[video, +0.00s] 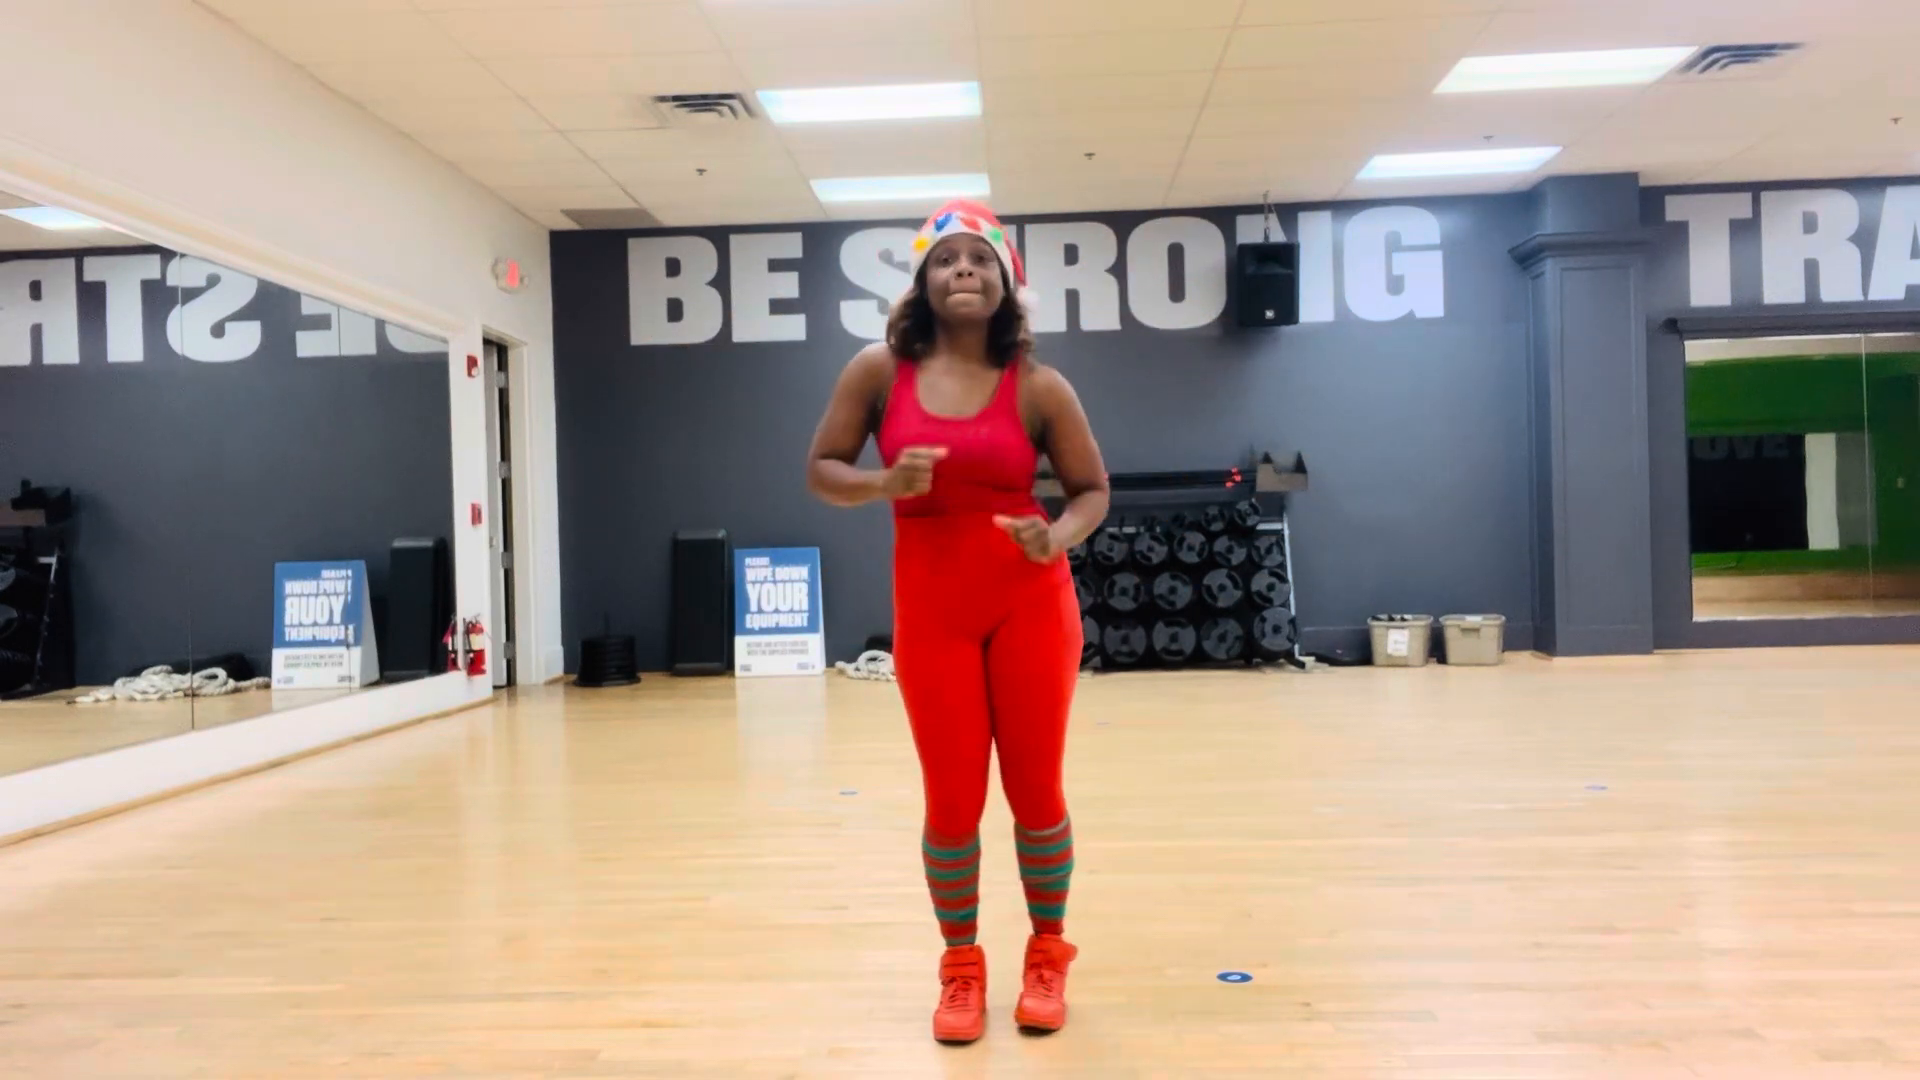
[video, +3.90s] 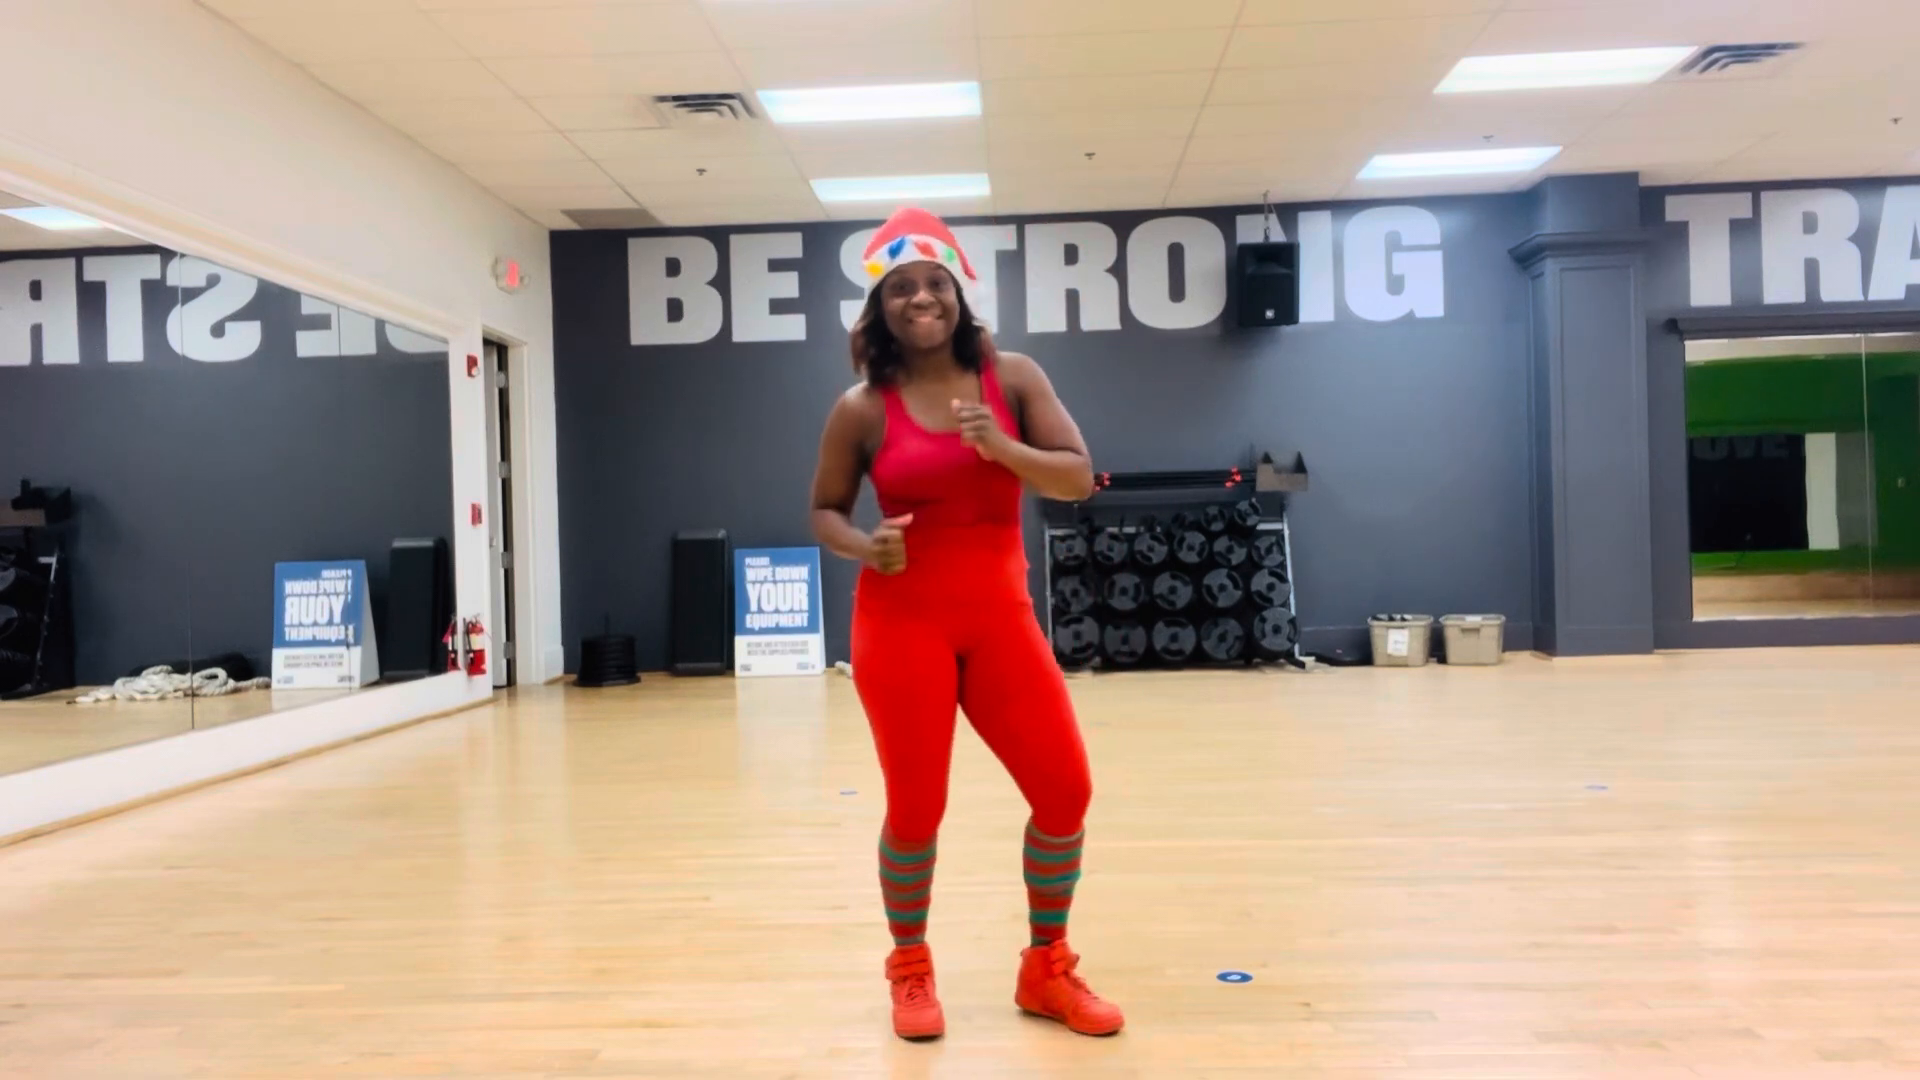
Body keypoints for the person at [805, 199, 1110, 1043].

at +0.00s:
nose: (966, 273)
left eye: (981, 262)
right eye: (949, 262)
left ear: (1003, 284)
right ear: (924, 284)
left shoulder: (1040, 388)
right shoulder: (878, 371)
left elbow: (1092, 490)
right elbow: (821, 471)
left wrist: (1060, 532)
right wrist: (880, 483)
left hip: (1031, 600)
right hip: (930, 609)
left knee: (1035, 790)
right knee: (952, 797)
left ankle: (1047, 959)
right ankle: (960, 968)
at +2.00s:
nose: (907, 281)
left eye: (923, 265)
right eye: (890, 267)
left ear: (949, 280)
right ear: (865, 286)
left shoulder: (993, 361)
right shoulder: (837, 384)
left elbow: (1058, 468)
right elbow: (796, 492)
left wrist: (1002, 460)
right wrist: (851, 514)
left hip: (1004, 593)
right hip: (902, 605)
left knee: (1057, 778)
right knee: (921, 798)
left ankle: (1048, 950)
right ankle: (922, 969)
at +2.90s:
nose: (1020, 280)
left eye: (1040, 267)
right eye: (1007, 265)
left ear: (1069, 283)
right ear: (989, 277)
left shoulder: (1107, 377)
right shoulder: (949, 366)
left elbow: (1159, 487)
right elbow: (901, 467)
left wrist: (1092, 489)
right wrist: (940, 480)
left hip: (1078, 600)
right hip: (973, 599)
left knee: (1079, 790)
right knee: (942, 790)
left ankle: (1092, 961)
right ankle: (934, 963)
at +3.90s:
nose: (922, 299)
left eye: (935, 283)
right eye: (903, 289)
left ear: (960, 295)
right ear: (882, 312)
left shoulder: (1012, 376)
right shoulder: (862, 409)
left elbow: (1077, 477)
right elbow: (822, 512)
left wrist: (1006, 450)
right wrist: (864, 544)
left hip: (1000, 611)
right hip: (903, 616)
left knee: (1064, 786)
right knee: (915, 806)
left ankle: (1047, 969)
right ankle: (911, 973)